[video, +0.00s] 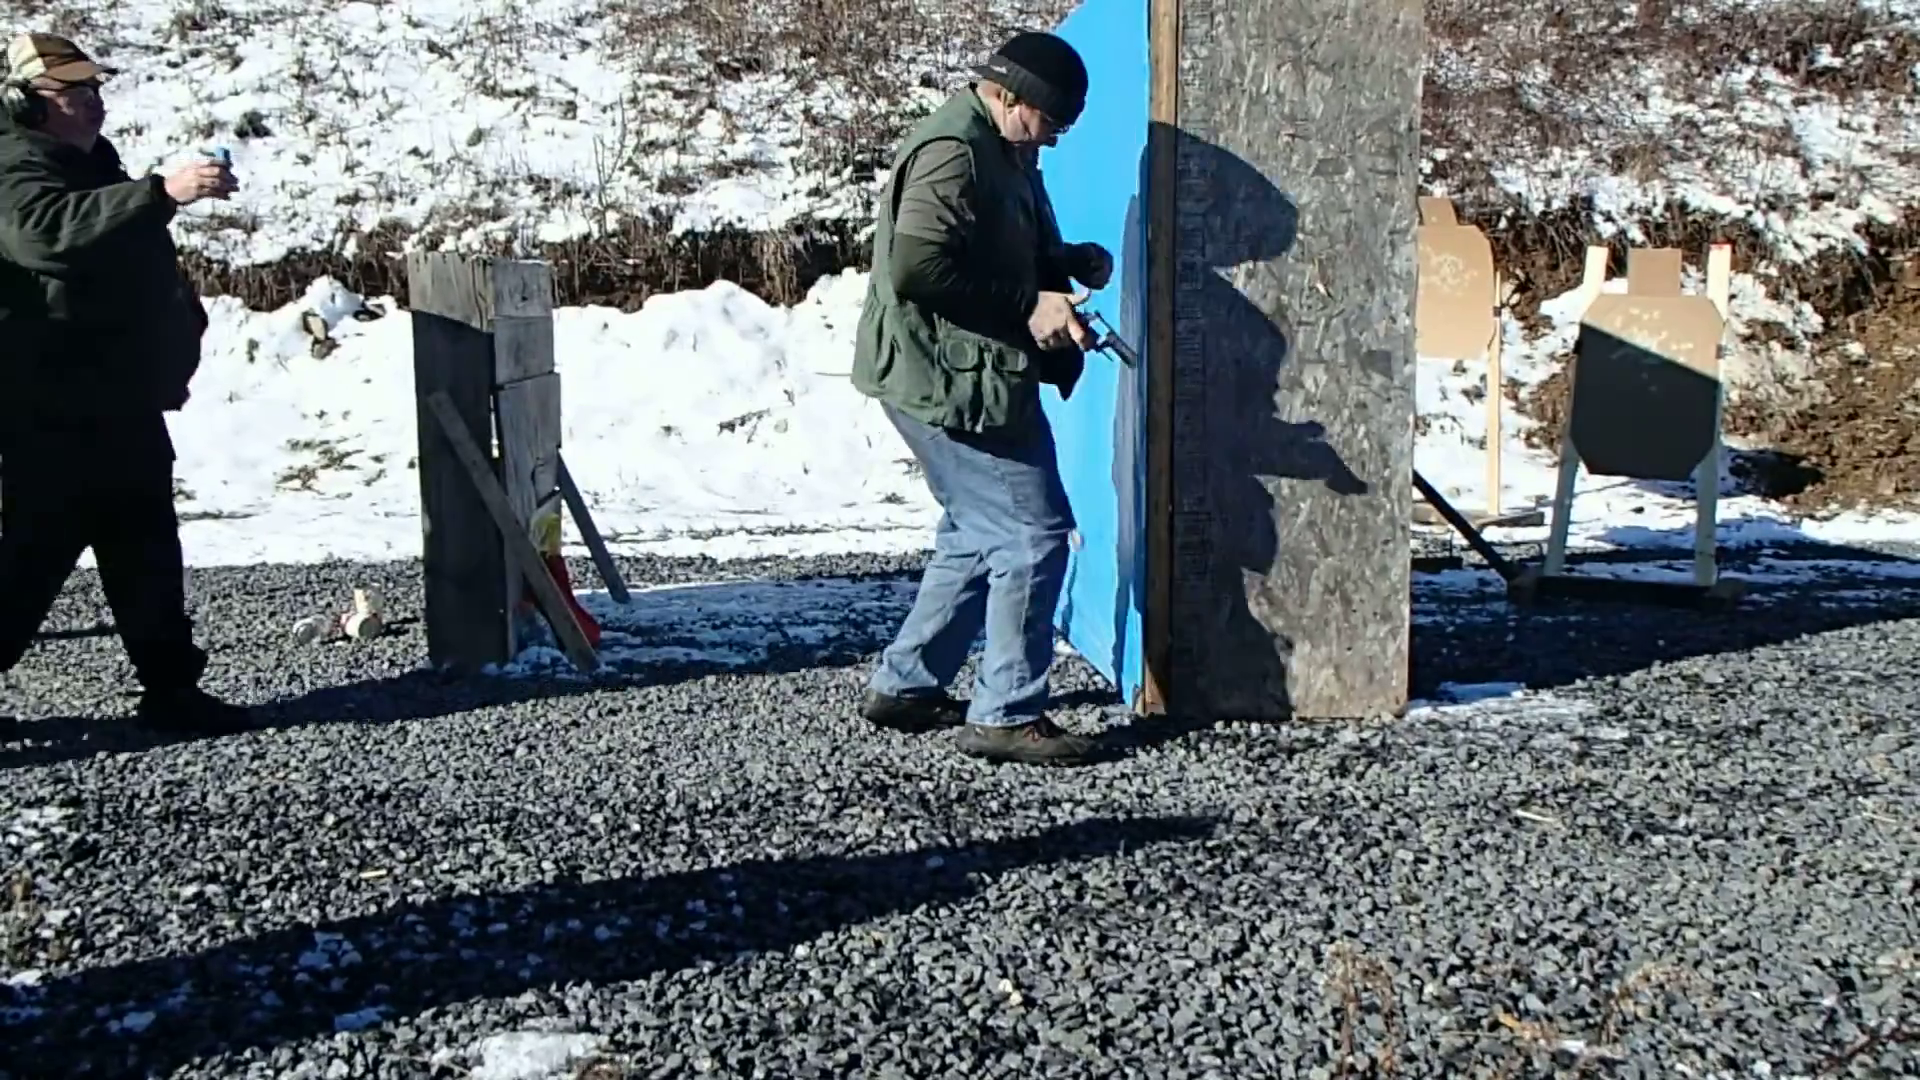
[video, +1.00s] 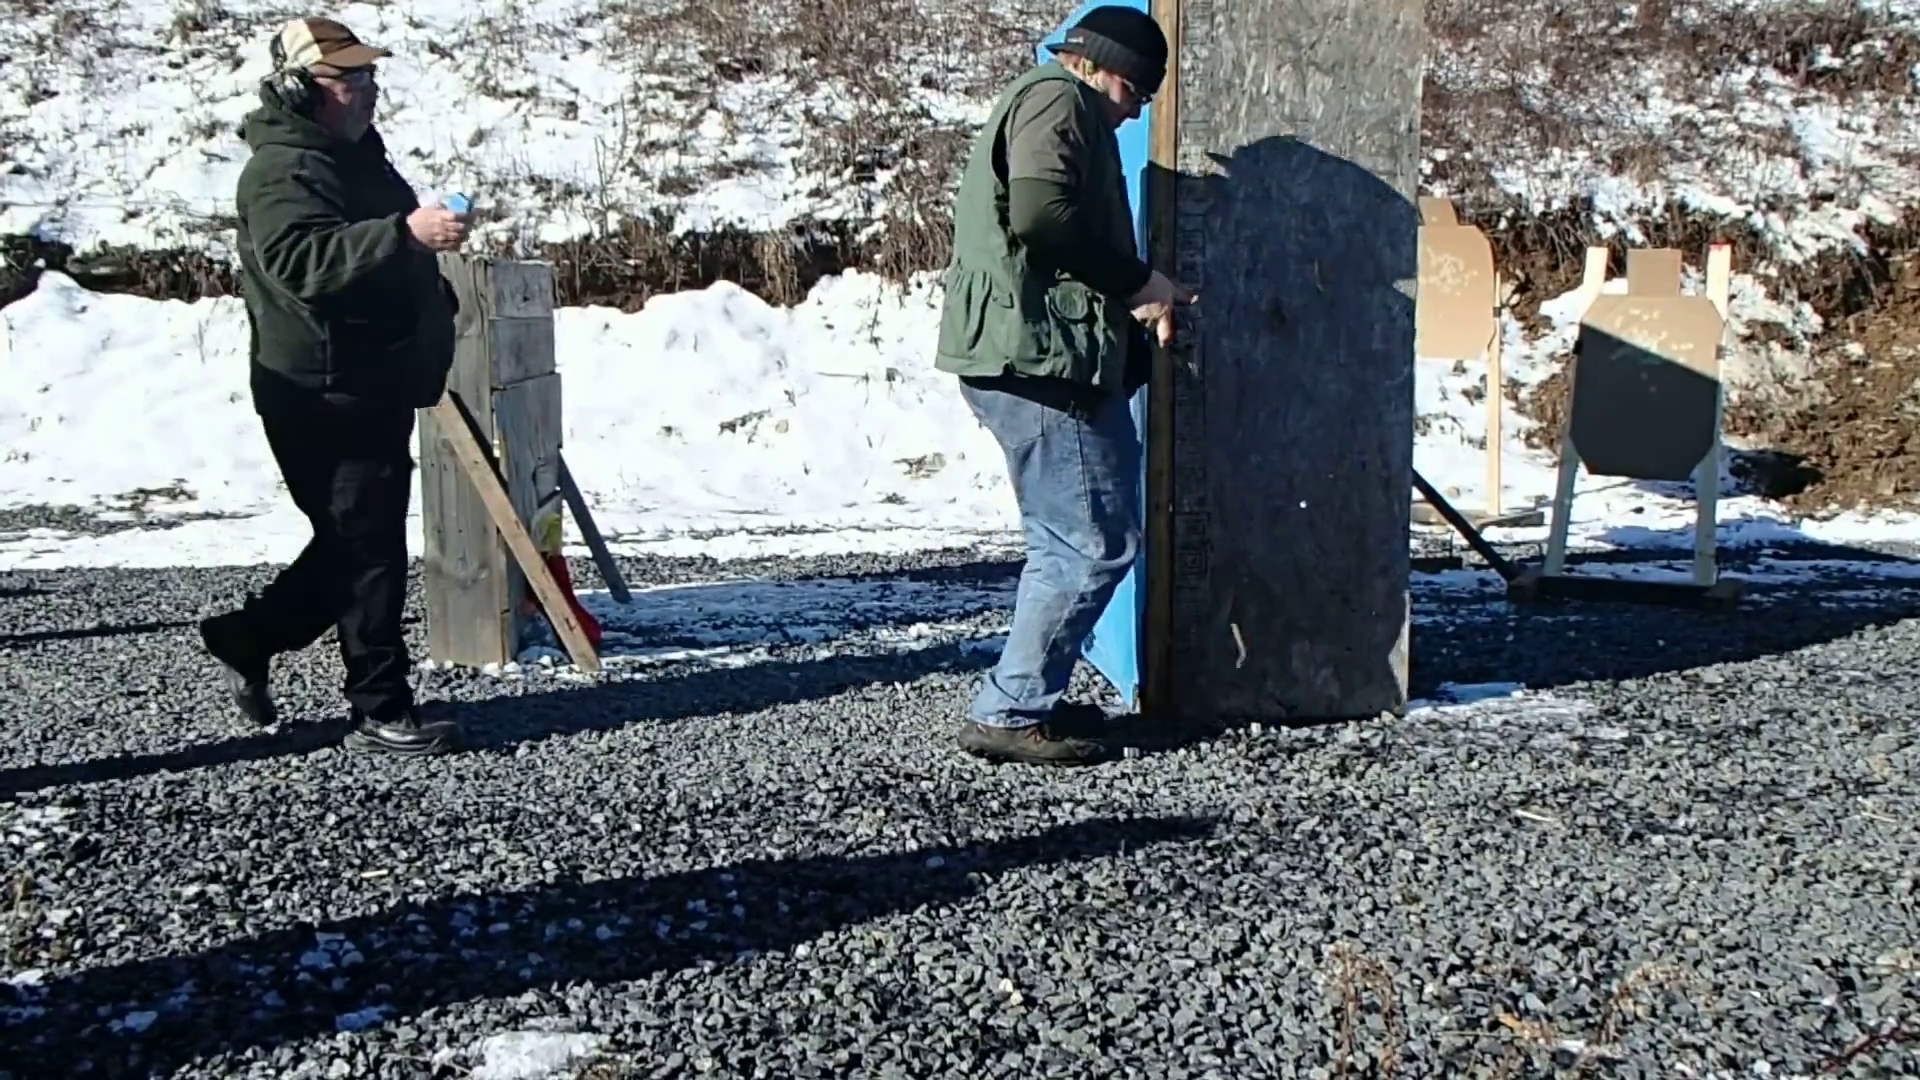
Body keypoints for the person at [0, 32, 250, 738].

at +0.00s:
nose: (97, 104)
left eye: (95, 91)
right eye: (81, 94)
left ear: (79, 100)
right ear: (41, 103)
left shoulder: (101, 164)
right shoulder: (15, 164)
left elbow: (146, 266)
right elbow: (47, 236)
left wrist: (179, 327)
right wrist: (161, 190)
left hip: (124, 399)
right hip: (51, 405)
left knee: (146, 551)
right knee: (30, 561)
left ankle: (172, 691)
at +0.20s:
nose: (157, 100)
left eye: (156, 88)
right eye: (144, 90)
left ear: (138, 95)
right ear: (108, 97)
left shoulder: (156, 159)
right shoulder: (75, 160)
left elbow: (196, 263)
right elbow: (111, 227)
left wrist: (239, 312)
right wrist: (215, 187)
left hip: (180, 383)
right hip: (112, 389)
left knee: (193, 540)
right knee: (142, 538)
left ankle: (176, 697)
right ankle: (43, 653)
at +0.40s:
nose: (209, 100)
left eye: (209, 88)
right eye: (196, 89)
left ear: (190, 96)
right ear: (158, 95)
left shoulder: (196, 155)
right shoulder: (126, 159)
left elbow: (229, 259)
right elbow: (154, 228)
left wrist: (267, 344)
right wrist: (251, 191)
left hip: (213, 380)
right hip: (163, 387)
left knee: (218, 528)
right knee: (201, 531)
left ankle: (212, 683)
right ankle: (204, 691)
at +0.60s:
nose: (261, 107)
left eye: (261, 94)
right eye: (247, 95)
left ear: (234, 99)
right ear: (206, 99)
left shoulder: (245, 165)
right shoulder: (172, 166)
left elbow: (270, 267)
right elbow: (197, 243)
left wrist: (326, 308)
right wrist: (296, 204)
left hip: (255, 388)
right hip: (208, 395)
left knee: (227, 540)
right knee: (277, 534)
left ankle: (176, 687)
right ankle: (344, 686)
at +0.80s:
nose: (311, 102)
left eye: (310, 90)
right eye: (298, 91)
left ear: (282, 101)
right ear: (263, 101)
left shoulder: (291, 162)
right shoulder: (227, 171)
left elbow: (314, 265)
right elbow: (250, 260)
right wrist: (344, 215)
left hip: (314, 393)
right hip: (270, 399)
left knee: (277, 542)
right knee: (331, 543)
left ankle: (187, 673)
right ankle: (375, 704)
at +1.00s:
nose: (373, 90)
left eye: (370, 77)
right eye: (359, 78)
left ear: (338, 89)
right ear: (319, 89)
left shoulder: (351, 155)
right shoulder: (285, 164)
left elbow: (389, 258)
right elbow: (303, 267)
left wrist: (428, 315)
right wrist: (408, 235)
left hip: (372, 383)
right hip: (319, 390)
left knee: (367, 542)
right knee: (362, 543)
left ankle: (247, 636)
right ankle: (383, 708)